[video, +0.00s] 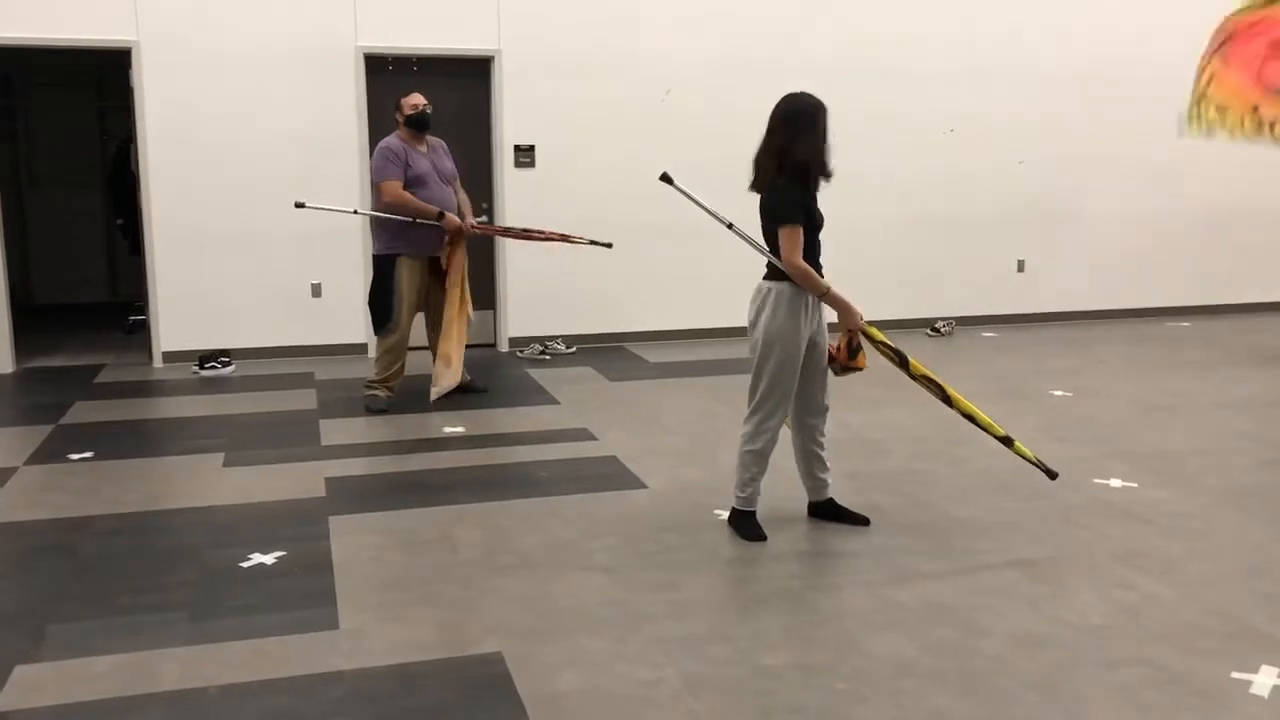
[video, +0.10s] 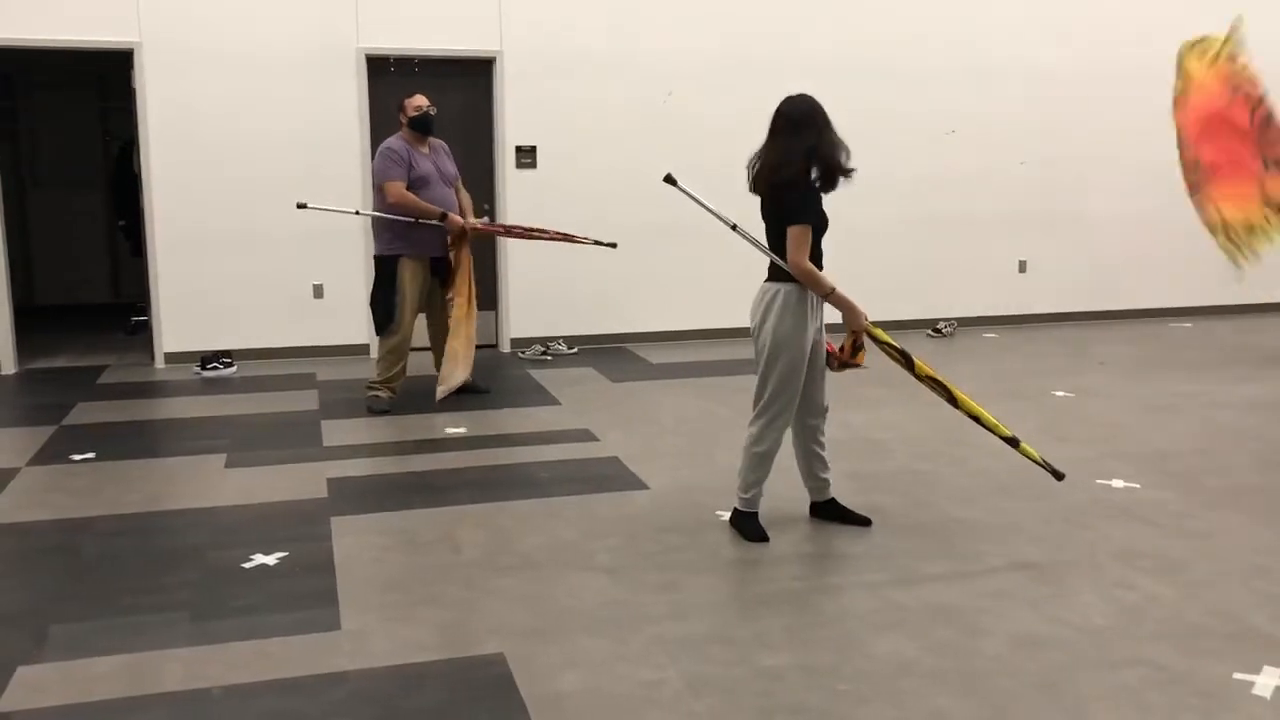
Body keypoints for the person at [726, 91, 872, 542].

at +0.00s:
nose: (825, 138)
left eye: (823, 129)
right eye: (821, 130)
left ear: (782, 130)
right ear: (810, 133)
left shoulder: (800, 181)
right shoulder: (786, 184)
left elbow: (800, 259)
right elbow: (791, 262)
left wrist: (832, 312)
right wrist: (843, 305)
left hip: (807, 302)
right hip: (782, 302)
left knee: (811, 408)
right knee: (768, 409)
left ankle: (820, 500)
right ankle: (743, 507)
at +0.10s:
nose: (826, 141)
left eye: (823, 133)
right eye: (822, 133)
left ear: (780, 134)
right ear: (814, 136)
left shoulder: (787, 182)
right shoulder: (797, 187)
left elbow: (797, 261)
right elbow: (798, 263)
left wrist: (819, 326)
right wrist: (848, 308)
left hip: (801, 304)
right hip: (786, 304)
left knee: (811, 410)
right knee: (774, 411)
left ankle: (821, 500)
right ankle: (745, 507)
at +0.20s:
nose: (828, 139)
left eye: (824, 131)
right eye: (824, 132)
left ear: (779, 136)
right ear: (817, 135)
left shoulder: (780, 181)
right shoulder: (806, 186)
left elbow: (793, 259)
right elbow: (802, 263)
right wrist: (853, 309)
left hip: (795, 302)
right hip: (789, 304)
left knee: (810, 409)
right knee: (779, 410)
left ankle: (823, 500)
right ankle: (745, 507)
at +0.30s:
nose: (830, 142)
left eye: (825, 134)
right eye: (826, 134)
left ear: (777, 140)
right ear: (819, 137)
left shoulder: (772, 189)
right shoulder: (810, 188)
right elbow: (806, 264)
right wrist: (856, 309)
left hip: (782, 303)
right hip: (794, 306)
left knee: (811, 410)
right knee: (780, 410)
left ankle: (825, 501)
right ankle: (743, 509)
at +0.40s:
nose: (829, 144)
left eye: (824, 135)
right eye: (825, 136)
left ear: (776, 143)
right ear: (820, 140)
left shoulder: (768, 192)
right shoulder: (812, 192)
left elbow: (770, 268)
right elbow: (810, 265)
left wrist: (820, 316)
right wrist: (859, 308)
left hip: (781, 303)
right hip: (797, 305)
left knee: (812, 409)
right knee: (781, 410)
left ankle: (826, 501)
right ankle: (744, 510)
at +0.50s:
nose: (829, 144)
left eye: (823, 135)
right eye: (825, 136)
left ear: (776, 142)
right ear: (820, 140)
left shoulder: (768, 192)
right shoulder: (812, 191)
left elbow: (766, 267)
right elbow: (811, 266)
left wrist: (771, 323)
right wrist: (860, 307)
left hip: (779, 303)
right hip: (797, 305)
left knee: (812, 409)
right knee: (782, 410)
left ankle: (827, 501)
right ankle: (745, 510)